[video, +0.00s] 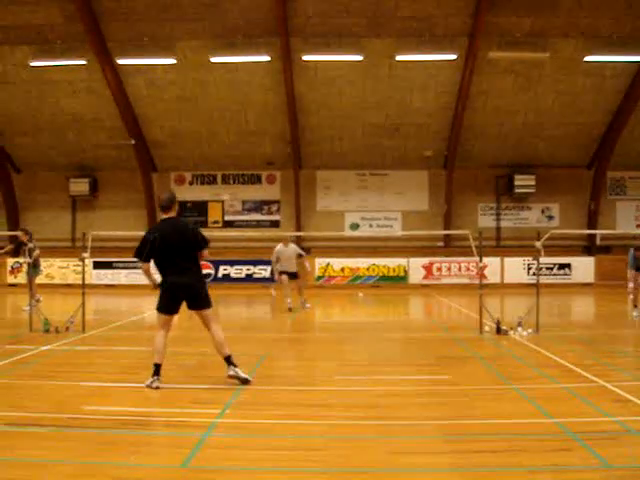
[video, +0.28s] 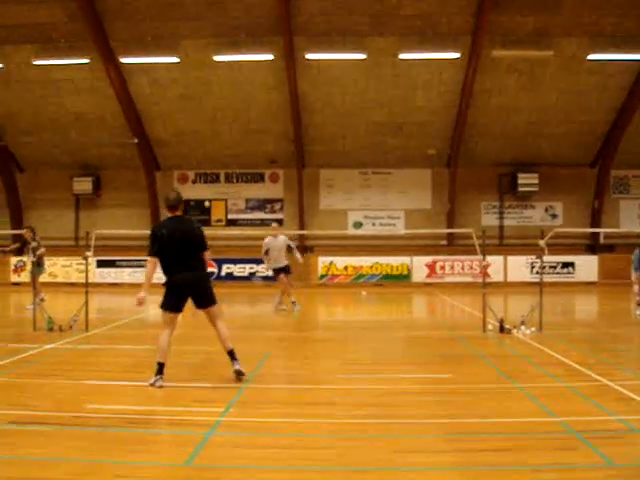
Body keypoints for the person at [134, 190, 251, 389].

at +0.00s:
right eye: (175, 205)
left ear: (159, 208)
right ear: (176, 206)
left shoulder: (153, 232)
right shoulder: (188, 227)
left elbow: (145, 265)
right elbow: (204, 253)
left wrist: (154, 282)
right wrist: (191, 256)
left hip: (170, 285)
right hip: (194, 283)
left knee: (163, 329)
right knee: (212, 324)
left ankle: (155, 375)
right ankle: (231, 365)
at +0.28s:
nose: (177, 209)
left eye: (170, 206)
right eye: (179, 205)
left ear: (165, 207)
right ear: (182, 206)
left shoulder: (159, 230)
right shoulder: (193, 226)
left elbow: (152, 263)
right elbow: (205, 254)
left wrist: (144, 290)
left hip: (175, 283)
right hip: (200, 279)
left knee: (167, 327)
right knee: (216, 320)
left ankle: (159, 374)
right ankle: (234, 361)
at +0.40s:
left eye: (182, 210)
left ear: (181, 210)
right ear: (198, 209)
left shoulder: (174, 231)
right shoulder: (208, 229)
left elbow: (165, 257)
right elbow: (221, 253)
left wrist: (157, 282)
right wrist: (226, 269)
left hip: (187, 283)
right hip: (210, 281)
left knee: (176, 327)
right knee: (224, 322)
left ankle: (165, 372)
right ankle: (241, 362)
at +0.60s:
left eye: (206, 208)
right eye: (218, 206)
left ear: (204, 207)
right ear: (220, 207)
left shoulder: (198, 226)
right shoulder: (231, 225)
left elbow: (182, 252)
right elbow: (252, 250)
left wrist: (164, 275)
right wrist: (258, 275)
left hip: (211, 277)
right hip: (233, 277)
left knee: (199, 320)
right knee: (238, 316)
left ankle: (194, 366)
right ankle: (250, 358)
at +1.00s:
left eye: (232, 222)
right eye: (242, 223)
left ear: (229, 224)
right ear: (244, 226)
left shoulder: (217, 240)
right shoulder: (249, 247)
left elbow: (190, 245)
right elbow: (265, 272)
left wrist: (164, 256)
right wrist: (267, 297)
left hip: (215, 290)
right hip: (238, 290)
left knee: (209, 330)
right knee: (255, 329)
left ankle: (208, 362)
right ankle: (271, 362)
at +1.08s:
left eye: (238, 224)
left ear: (237, 227)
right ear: (251, 229)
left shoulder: (226, 241)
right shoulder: (254, 249)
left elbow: (205, 244)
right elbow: (260, 275)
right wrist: (264, 293)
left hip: (224, 290)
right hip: (246, 291)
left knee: (212, 325)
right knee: (262, 327)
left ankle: (216, 341)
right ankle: (278, 360)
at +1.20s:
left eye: (228, 217)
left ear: (228, 220)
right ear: (242, 220)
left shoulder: (225, 236)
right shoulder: (247, 237)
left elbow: (212, 256)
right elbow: (251, 261)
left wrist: (213, 268)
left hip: (233, 281)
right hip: (251, 281)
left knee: (222, 316)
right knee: (253, 322)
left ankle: (246, 347)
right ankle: (276, 336)